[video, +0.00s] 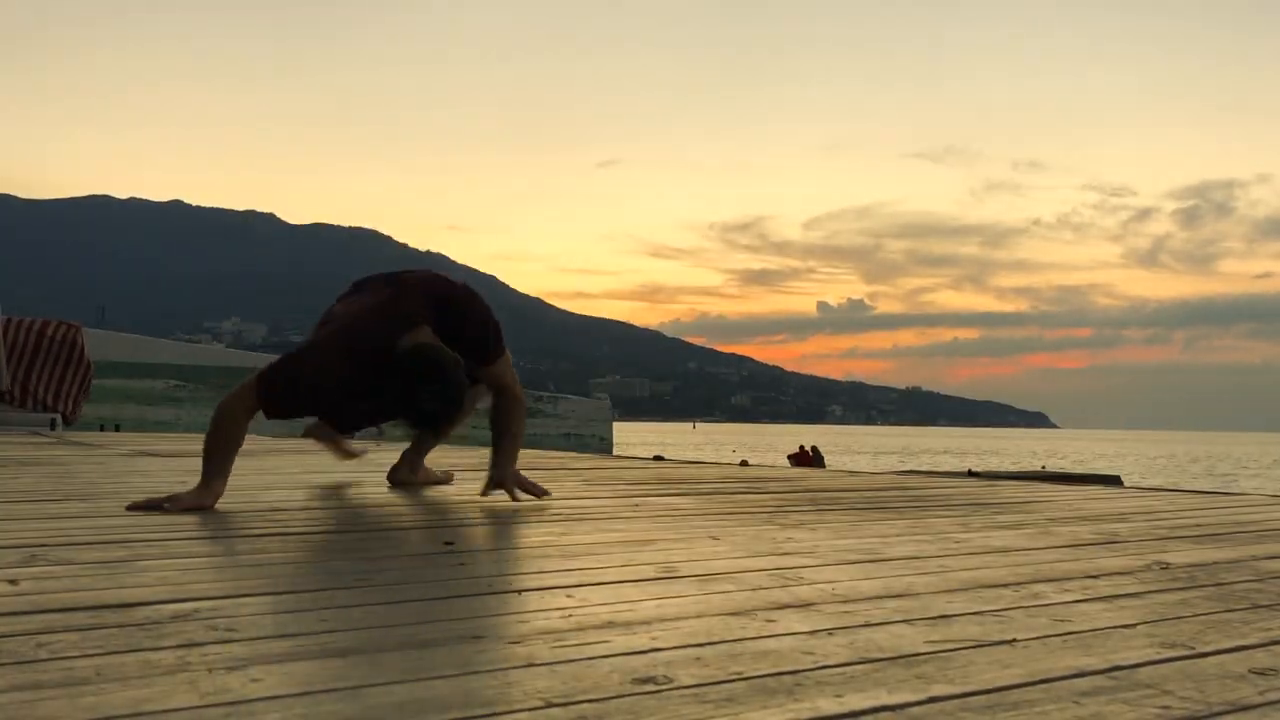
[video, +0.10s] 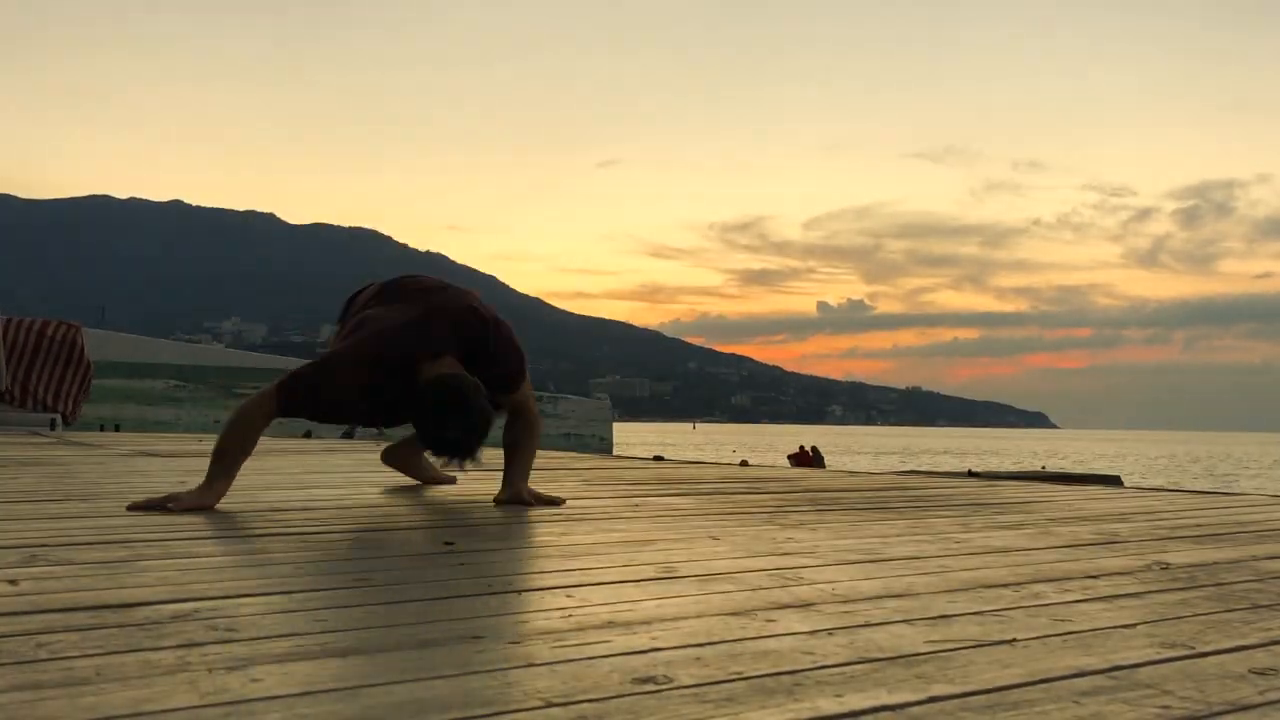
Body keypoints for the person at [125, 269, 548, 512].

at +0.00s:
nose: (456, 423)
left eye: (459, 416)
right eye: (443, 424)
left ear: (457, 379)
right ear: (405, 404)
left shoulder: (469, 324)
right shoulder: (330, 366)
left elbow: (508, 391)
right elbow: (233, 408)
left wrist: (504, 468)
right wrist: (208, 489)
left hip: (437, 296)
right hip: (359, 296)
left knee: (472, 386)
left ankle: (409, 465)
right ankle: (325, 429)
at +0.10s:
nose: (449, 456)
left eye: (461, 447)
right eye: (445, 448)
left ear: (482, 403)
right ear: (421, 419)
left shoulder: (498, 348)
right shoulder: (354, 384)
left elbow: (525, 412)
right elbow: (258, 408)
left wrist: (516, 485)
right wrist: (210, 491)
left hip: (446, 297)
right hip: (369, 302)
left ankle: (405, 452)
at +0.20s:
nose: (457, 478)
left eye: (471, 474)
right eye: (449, 468)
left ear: (497, 438)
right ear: (431, 436)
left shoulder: (520, 387)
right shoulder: (373, 387)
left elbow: (525, 430)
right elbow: (275, 416)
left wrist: (517, 485)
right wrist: (210, 491)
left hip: (477, 289)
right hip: (399, 286)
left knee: (534, 364)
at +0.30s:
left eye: (481, 473)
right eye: (457, 471)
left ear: (504, 439)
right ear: (435, 431)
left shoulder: (537, 411)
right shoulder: (404, 379)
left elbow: (542, 429)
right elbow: (306, 429)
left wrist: (521, 484)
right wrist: (212, 489)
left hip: (529, 296)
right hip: (448, 279)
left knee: (538, 412)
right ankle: (584, 413)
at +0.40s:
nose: (471, 482)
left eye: (476, 477)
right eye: (461, 473)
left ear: (499, 470)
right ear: (442, 426)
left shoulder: (556, 451)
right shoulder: (444, 372)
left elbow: (540, 482)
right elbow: (341, 382)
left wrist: (530, 482)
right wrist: (246, 441)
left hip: (577, 317)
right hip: (511, 290)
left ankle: (522, 481)